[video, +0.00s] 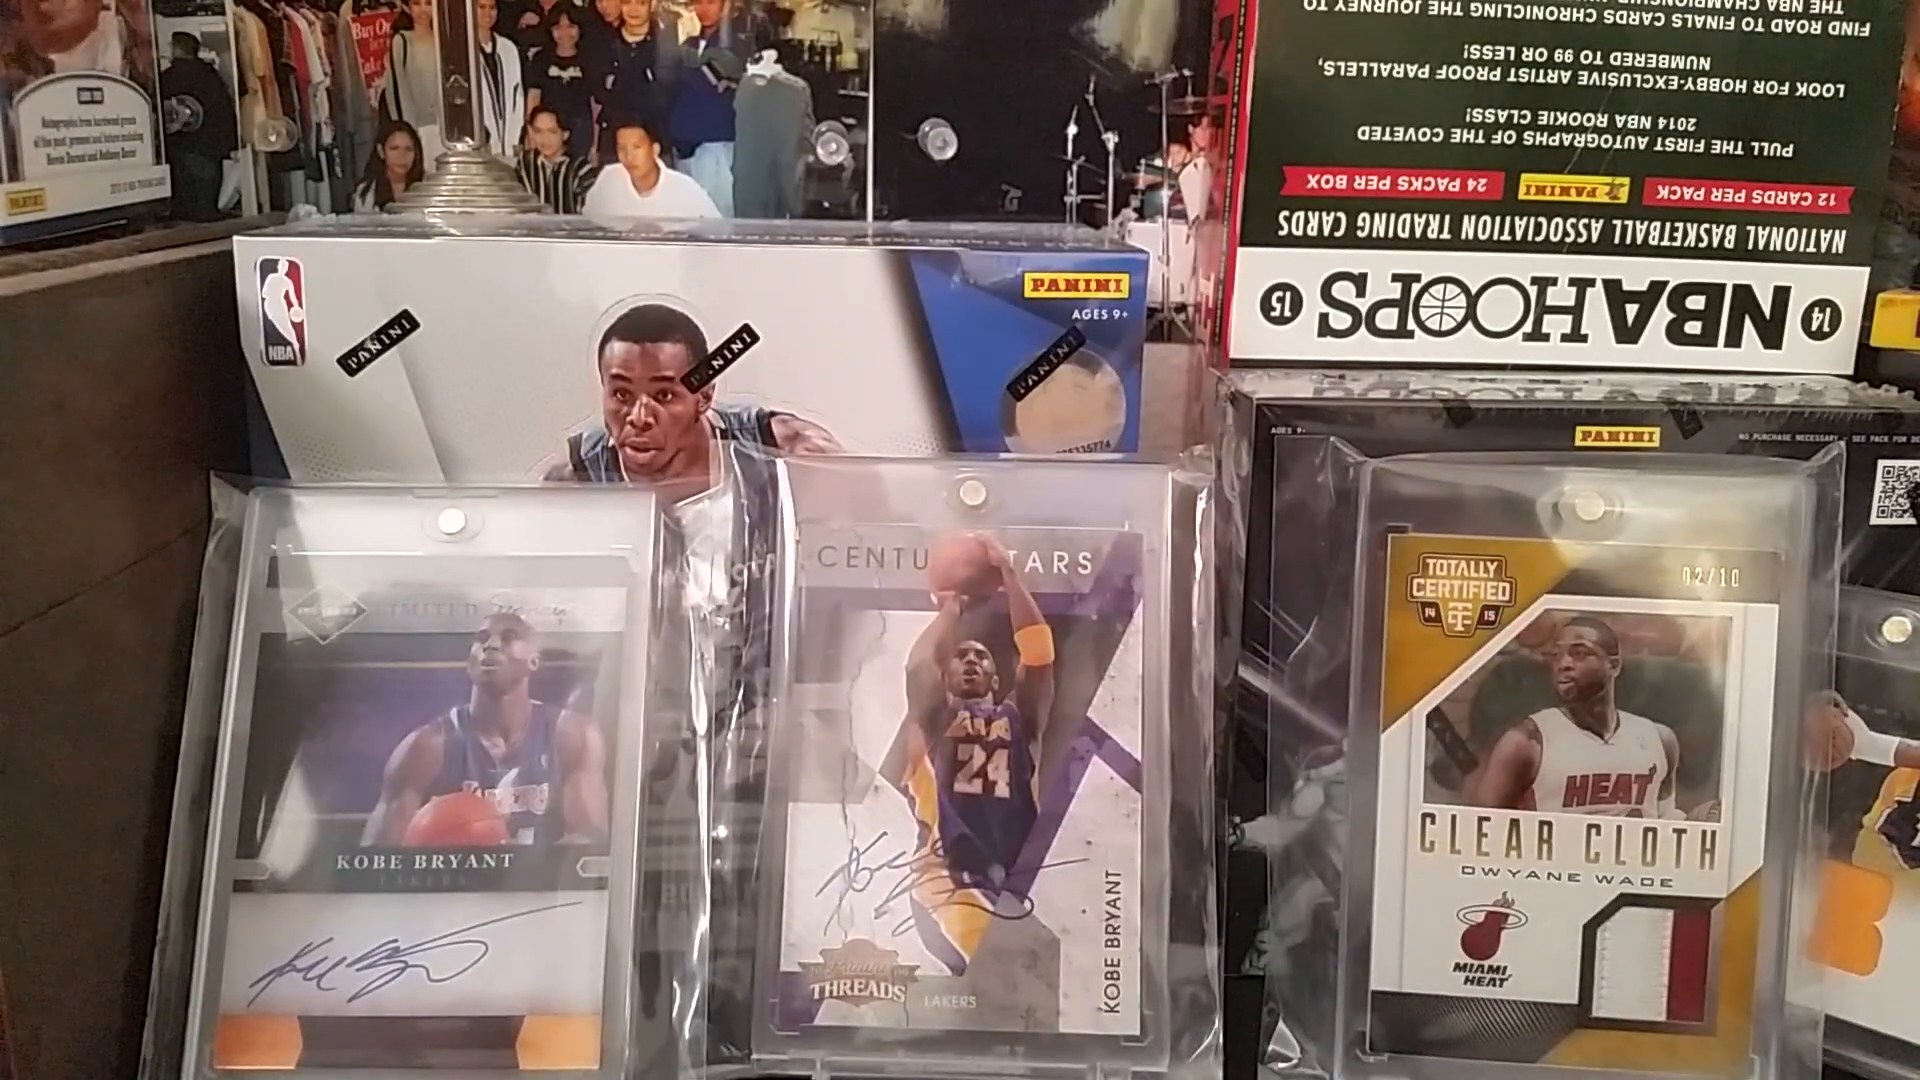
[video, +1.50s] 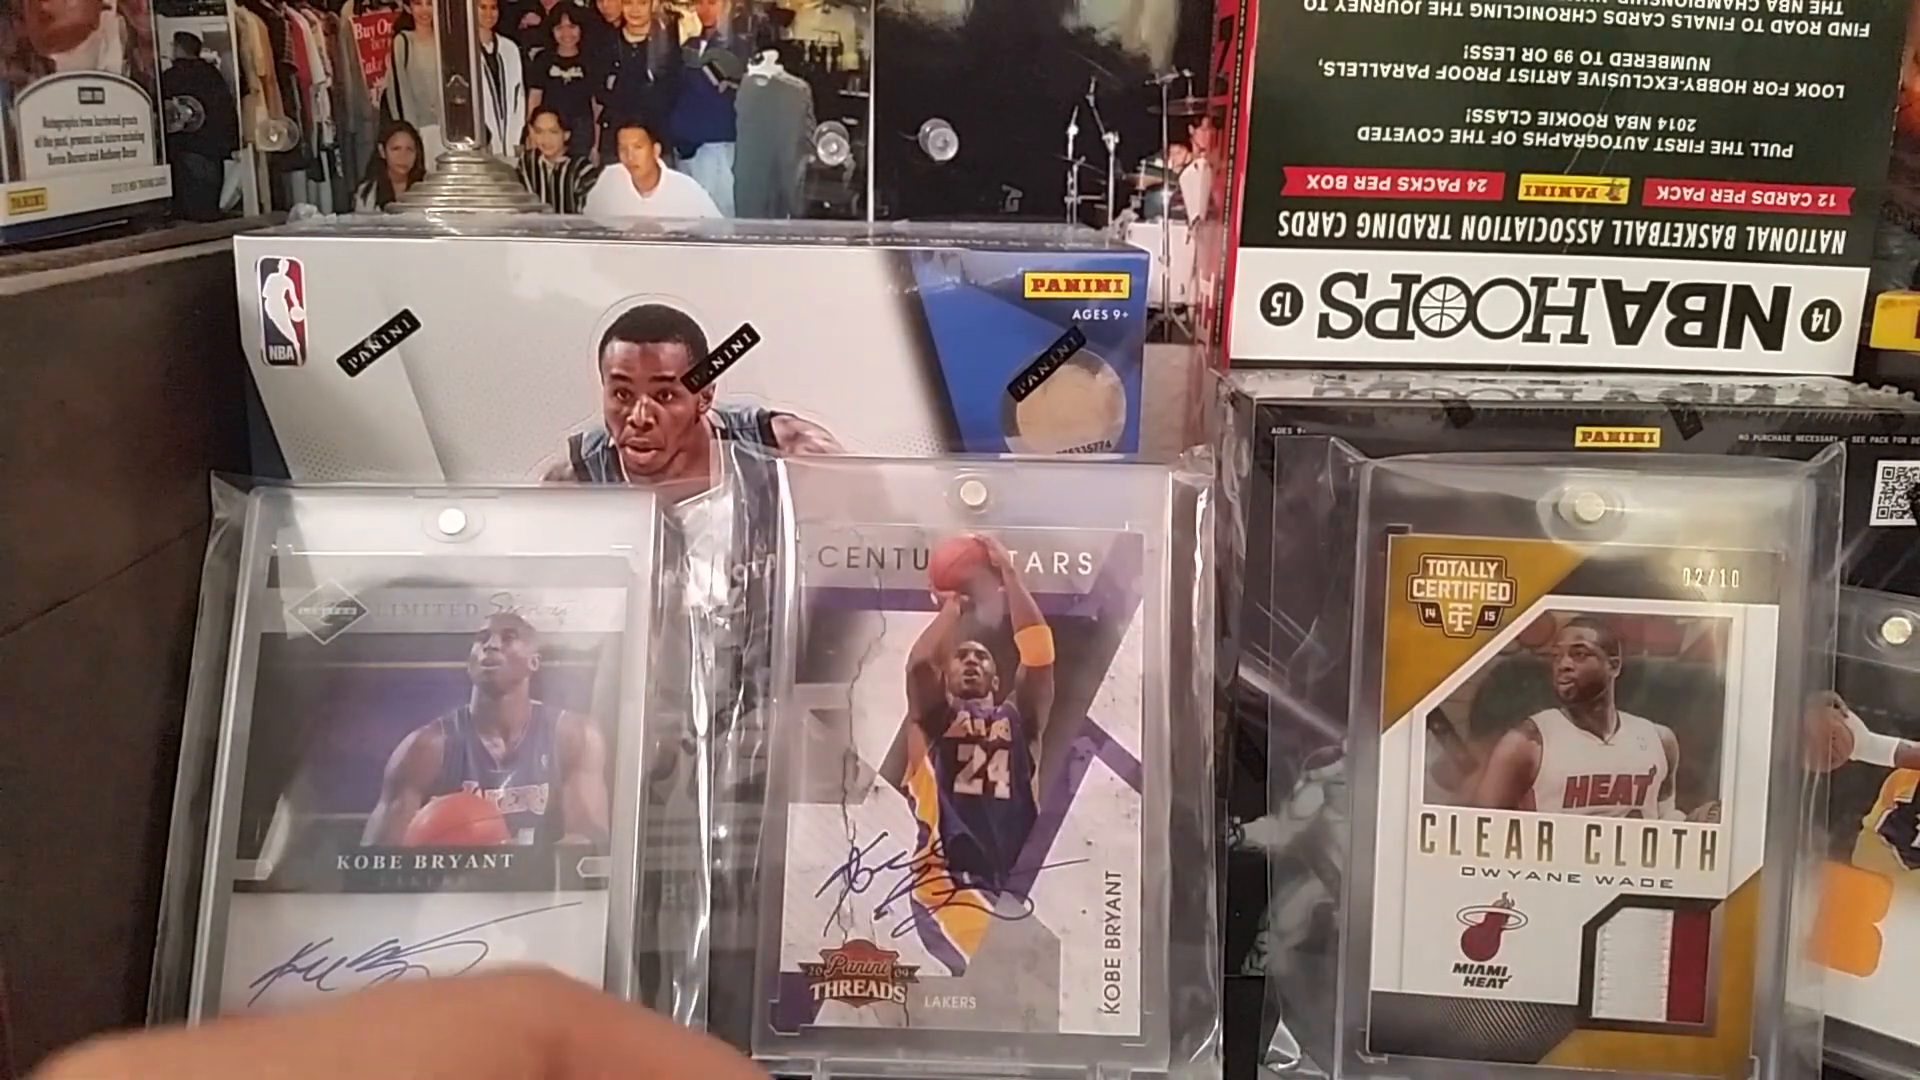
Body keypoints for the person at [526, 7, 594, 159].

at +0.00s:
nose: (564, 32)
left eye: (570, 26)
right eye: (558, 27)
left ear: (578, 30)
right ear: (552, 32)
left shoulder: (588, 60)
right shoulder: (541, 59)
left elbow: (597, 103)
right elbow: (533, 97)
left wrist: (595, 146)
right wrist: (531, 134)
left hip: (580, 129)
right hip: (548, 131)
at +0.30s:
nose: (564, 33)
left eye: (570, 26)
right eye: (558, 28)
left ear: (579, 30)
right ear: (552, 32)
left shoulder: (589, 60)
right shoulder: (541, 59)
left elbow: (596, 104)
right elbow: (533, 97)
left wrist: (595, 145)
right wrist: (531, 135)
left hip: (580, 130)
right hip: (548, 132)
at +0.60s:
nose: (564, 33)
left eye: (569, 27)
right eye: (558, 27)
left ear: (578, 30)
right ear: (552, 32)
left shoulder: (589, 62)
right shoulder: (541, 60)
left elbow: (596, 104)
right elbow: (533, 98)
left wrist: (595, 145)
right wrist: (530, 135)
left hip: (579, 129)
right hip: (548, 130)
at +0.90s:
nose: (564, 33)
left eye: (570, 26)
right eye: (558, 27)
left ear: (579, 30)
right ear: (552, 32)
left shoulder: (589, 60)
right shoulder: (541, 59)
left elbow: (597, 104)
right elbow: (533, 97)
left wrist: (596, 145)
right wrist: (531, 134)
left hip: (580, 131)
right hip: (548, 133)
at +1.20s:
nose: (566, 33)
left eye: (571, 27)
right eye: (560, 28)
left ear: (580, 32)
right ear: (553, 33)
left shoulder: (589, 62)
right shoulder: (542, 61)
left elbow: (597, 105)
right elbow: (534, 99)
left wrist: (596, 146)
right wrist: (531, 136)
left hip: (581, 133)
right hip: (549, 134)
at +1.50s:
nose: (565, 33)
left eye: (571, 27)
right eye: (560, 28)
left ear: (580, 31)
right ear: (553, 32)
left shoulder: (590, 62)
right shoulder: (543, 60)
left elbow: (597, 104)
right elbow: (534, 97)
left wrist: (596, 145)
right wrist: (531, 134)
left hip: (581, 131)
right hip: (549, 133)